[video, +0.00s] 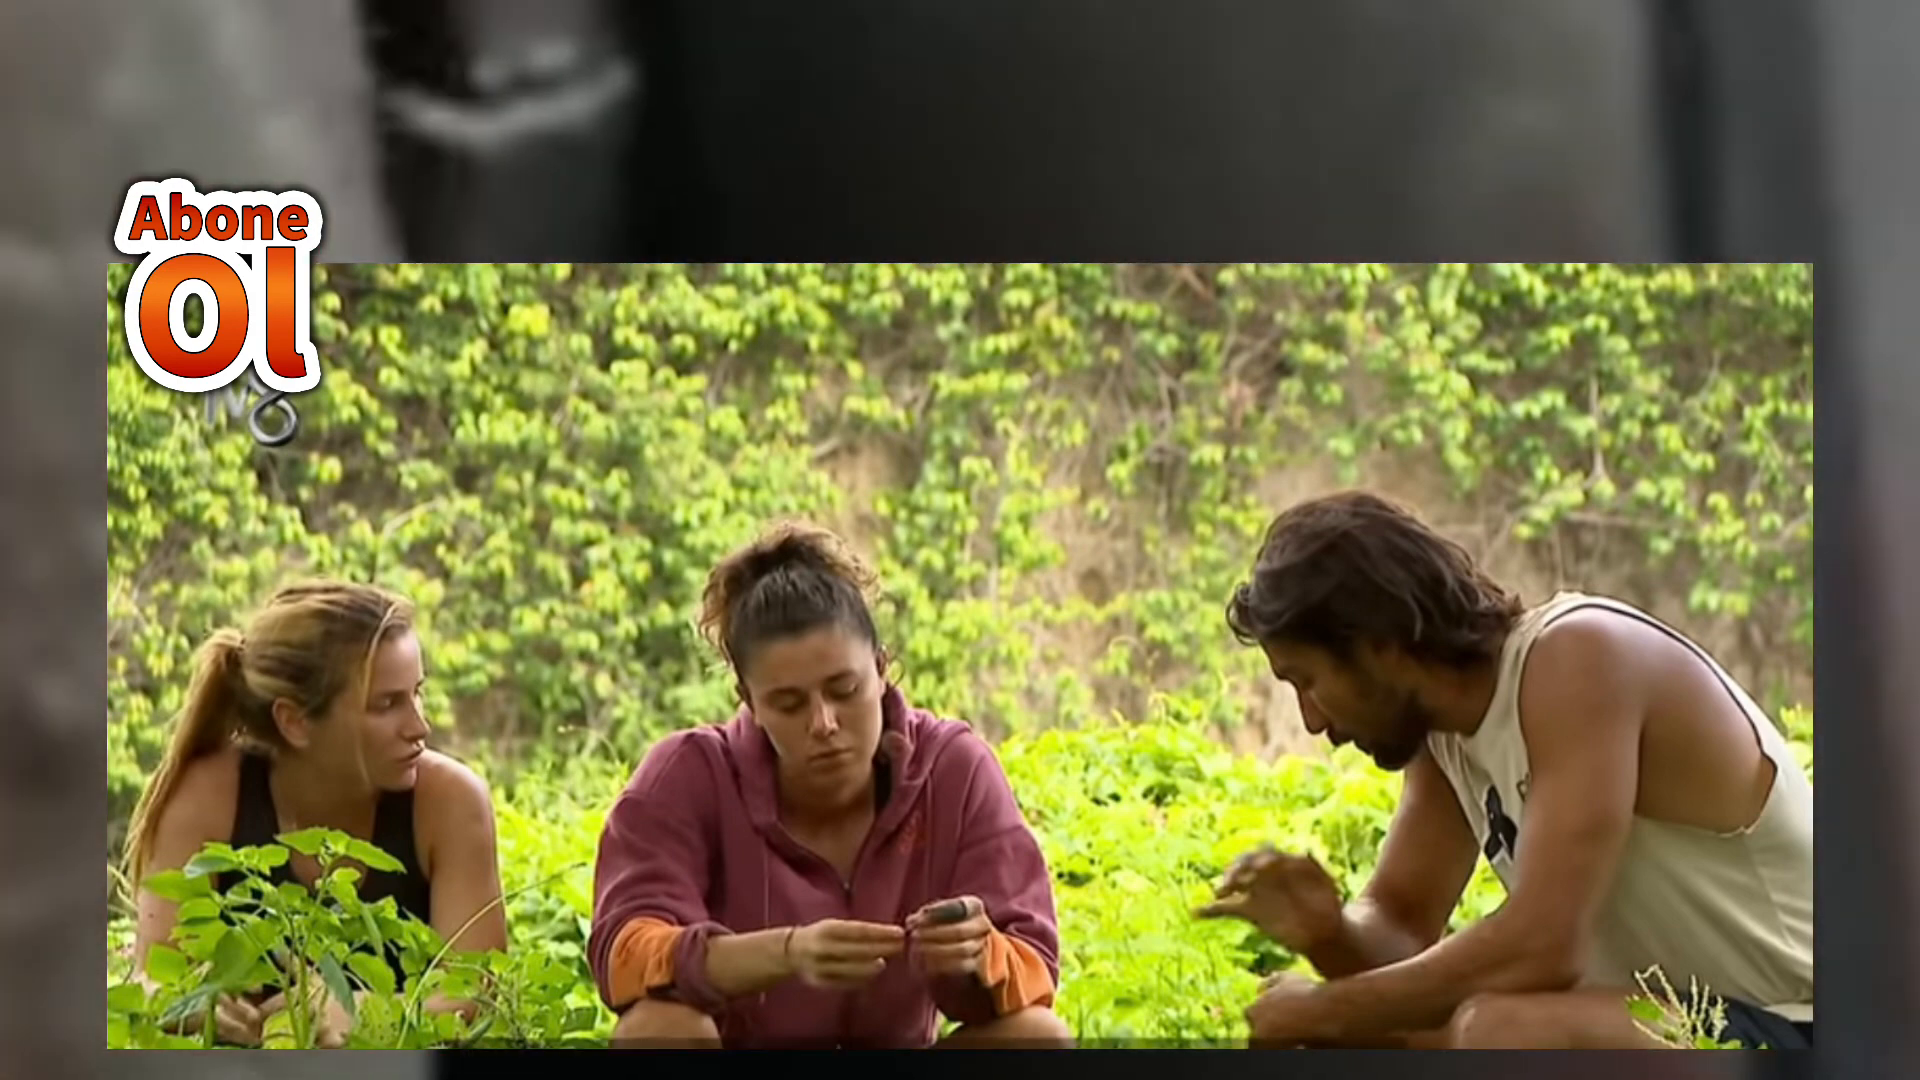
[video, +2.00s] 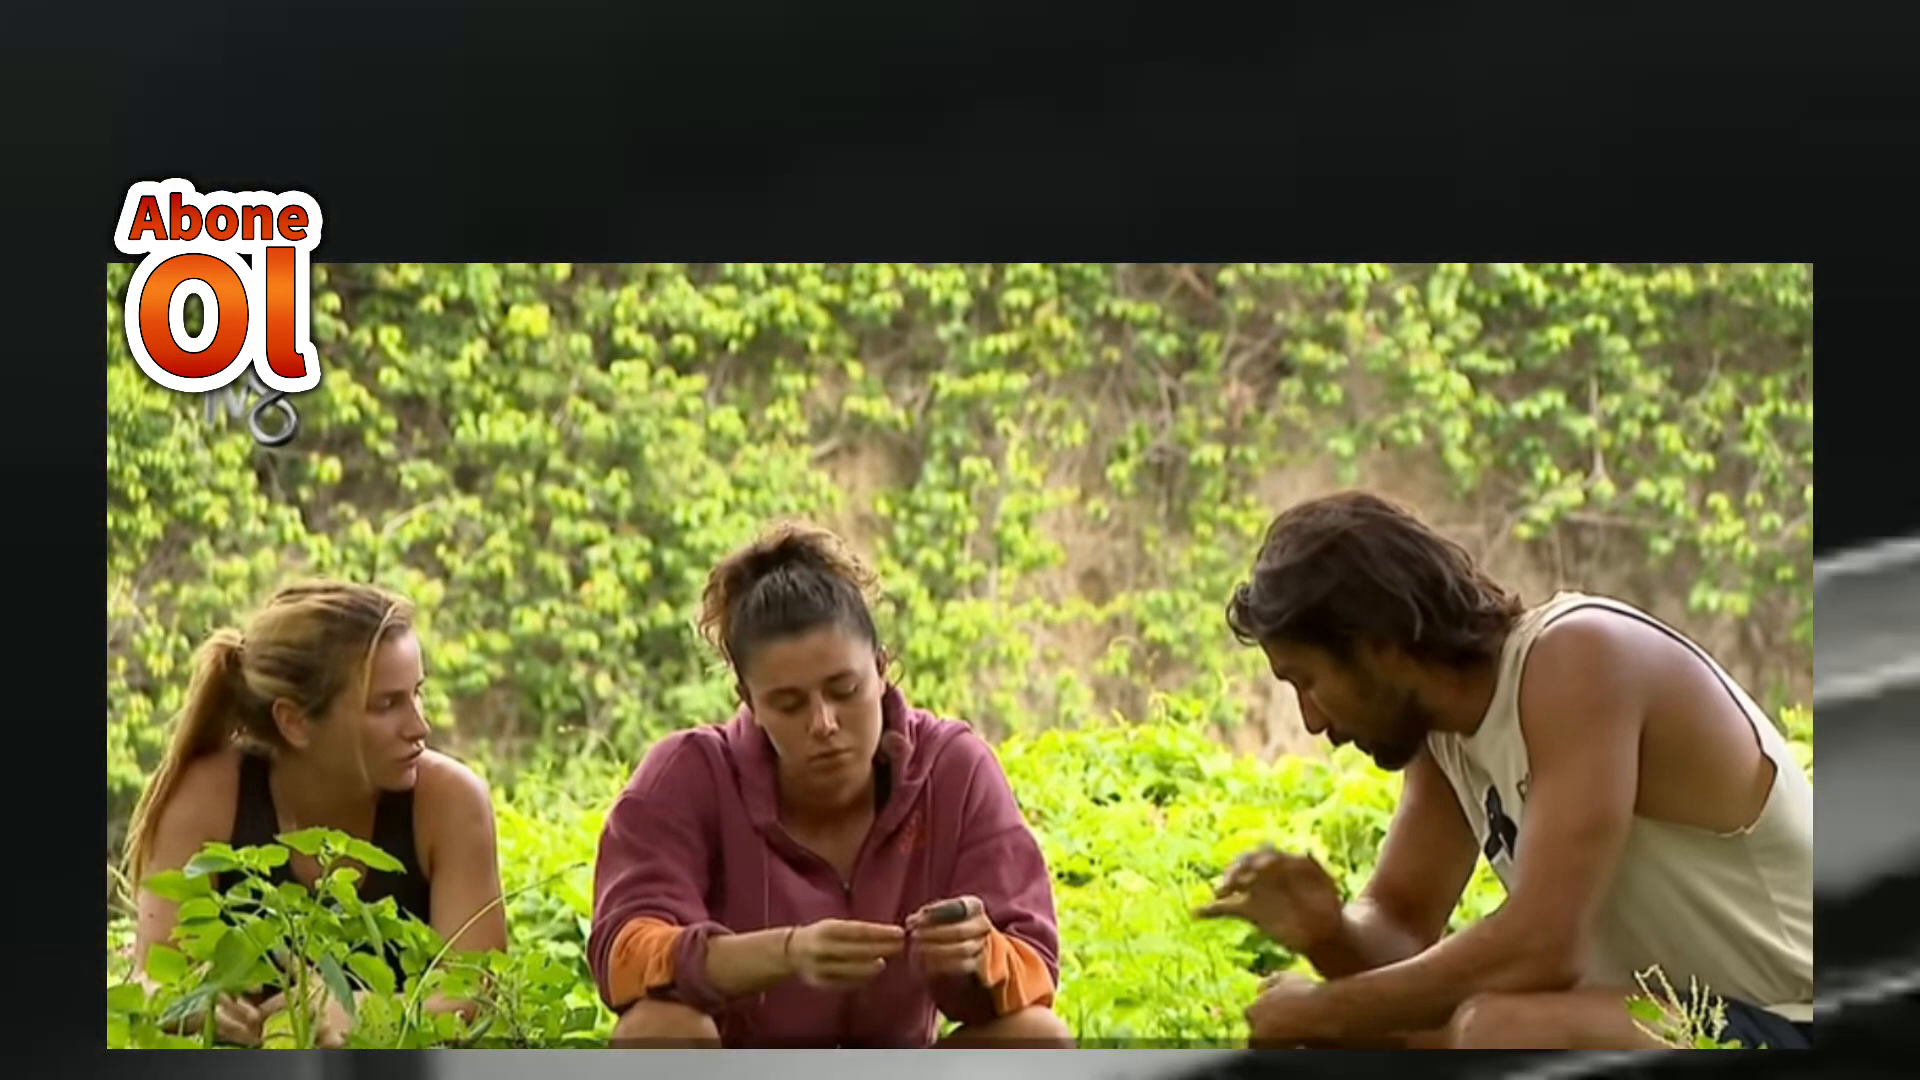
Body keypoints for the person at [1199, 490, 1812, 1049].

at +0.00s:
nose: (1310, 723)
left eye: (1306, 686)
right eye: (1295, 692)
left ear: (1385, 643)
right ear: (1385, 644)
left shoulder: (1584, 656)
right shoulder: (1451, 731)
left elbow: (1540, 950)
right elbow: (1403, 925)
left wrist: (1325, 1014)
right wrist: (1330, 933)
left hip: (1791, 1019)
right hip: (1661, 1006)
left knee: (1503, 1025)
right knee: (1379, 1027)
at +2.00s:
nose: (1310, 722)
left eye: (1305, 686)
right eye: (1295, 692)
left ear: (1384, 641)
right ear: (1384, 643)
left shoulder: (1584, 656)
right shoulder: (1451, 733)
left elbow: (1540, 950)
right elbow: (1402, 925)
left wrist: (1328, 1014)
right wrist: (1330, 933)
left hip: (1789, 1012)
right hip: (1653, 1003)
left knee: (1498, 1025)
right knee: (1378, 1028)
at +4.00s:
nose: (1310, 722)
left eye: (1305, 686)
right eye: (1295, 692)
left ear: (1384, 642)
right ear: (1384, 644)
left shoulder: (1584, 656)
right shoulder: (1450, 731)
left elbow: (1539, 951)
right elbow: (1403, 924)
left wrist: (1326, 1014)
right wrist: (1330, 933)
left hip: (1783, 1014)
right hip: (1651, 1003)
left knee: (1500, 1025)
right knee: (1383, 1027)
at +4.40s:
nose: (1311, 723)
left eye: (1306, 687)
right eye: (1295, 693)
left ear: (1383, 642)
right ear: (1383, 644)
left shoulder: (1584, 656)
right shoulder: (1451, 729)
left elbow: (1539, 950)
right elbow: (1402, 925)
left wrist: (1325, 1014)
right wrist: (1329, 932)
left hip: (1791, 1018)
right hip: (1662, 1003)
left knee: (1503, 1026)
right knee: (1377, 1027)